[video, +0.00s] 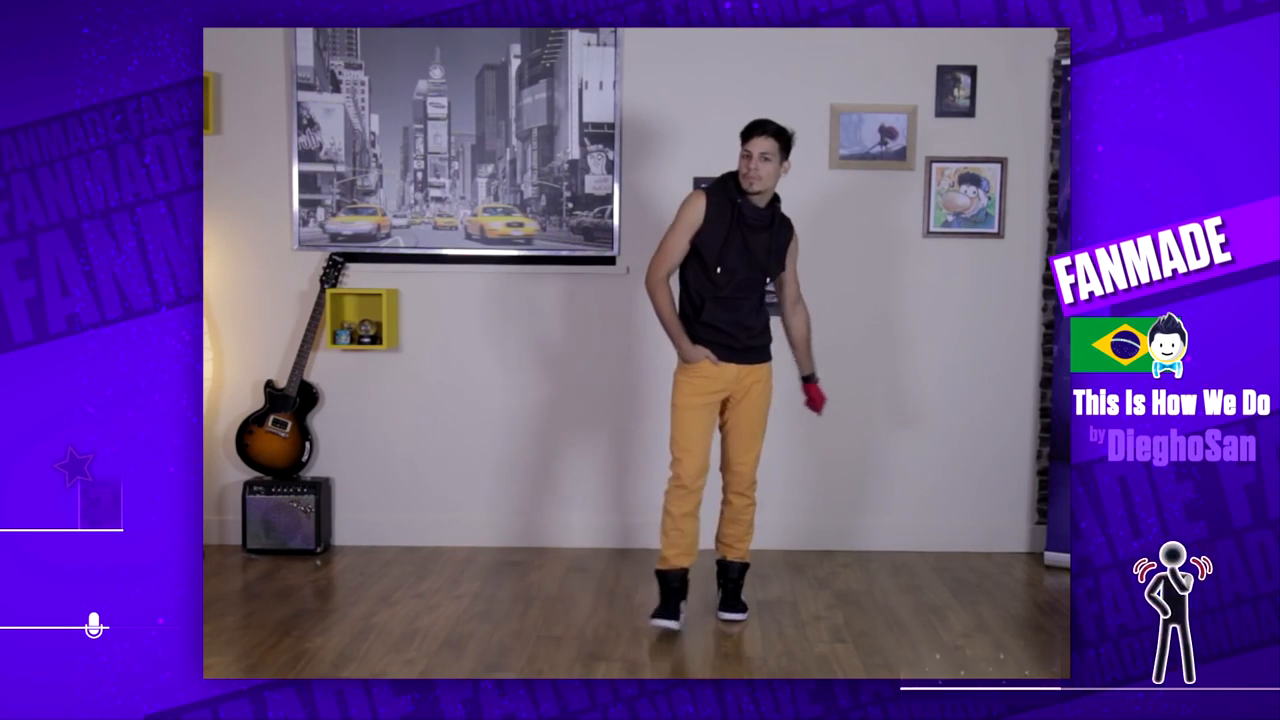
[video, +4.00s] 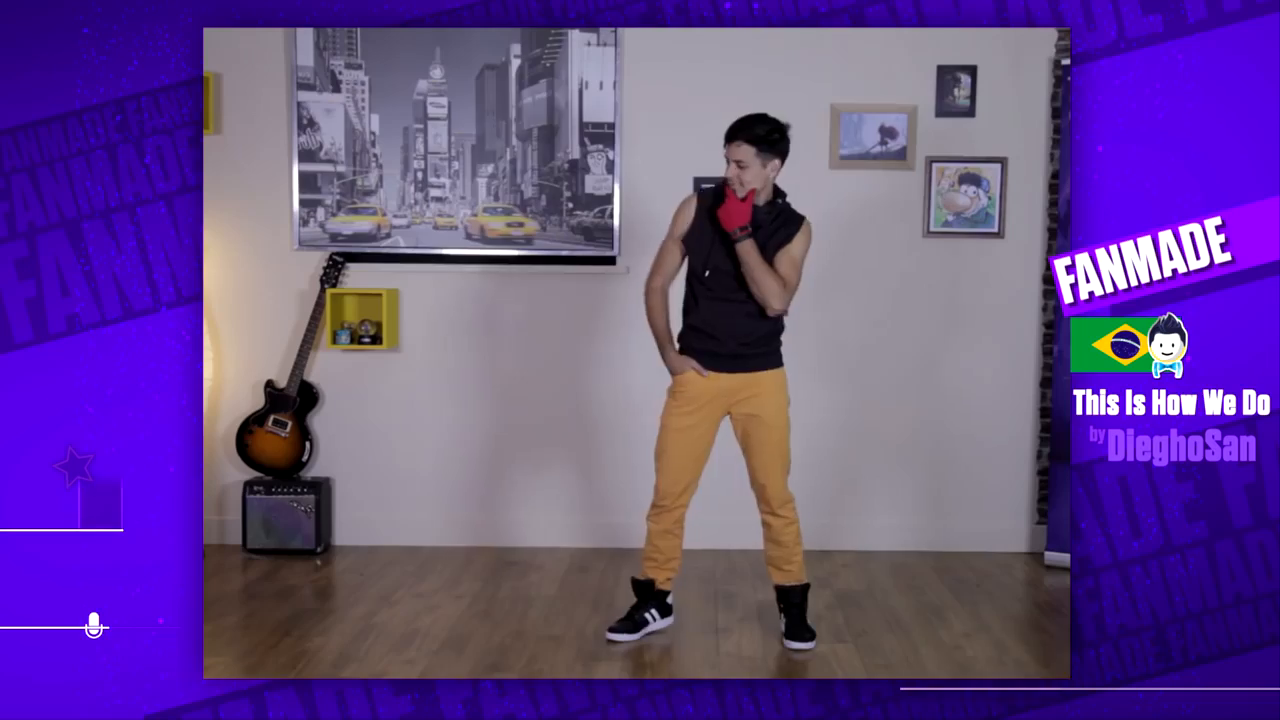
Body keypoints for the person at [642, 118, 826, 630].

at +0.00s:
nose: (752, 166)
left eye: (764, 158)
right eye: (746, 155)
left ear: (783, 168)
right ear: (737, 159)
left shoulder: (783, 231)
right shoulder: (704, 204)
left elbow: (793, 305)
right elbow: (656, 276)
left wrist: (808, 375)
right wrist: (684, 347)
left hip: (754, 371)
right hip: (700, 366)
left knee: (741, 481)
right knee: (686, 478)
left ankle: (731, 587)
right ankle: (672, 592)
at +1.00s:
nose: (769, 161)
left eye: (779, 152)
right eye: (760, 151)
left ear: (790, 157)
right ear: (741, 152)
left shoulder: (799, 215)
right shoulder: (712, 210)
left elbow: (784, 281)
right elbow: (696, 287)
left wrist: (760, 212)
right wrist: (684, 347)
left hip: (767, 384)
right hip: (704, 379)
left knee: (784, 498)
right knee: (678, 497)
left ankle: (801, 606)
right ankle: (670, 605)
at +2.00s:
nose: (665, 171)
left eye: (672, 159)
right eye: (655, 164)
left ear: (693, 155)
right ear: (648, 169)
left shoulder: (732, 210)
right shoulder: (648, 228)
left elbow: (718, 289)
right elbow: (628, 309)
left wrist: (675, 227)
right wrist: (633, 354)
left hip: (722, 377)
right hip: (660, 374)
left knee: (752, 494)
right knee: (652, 494)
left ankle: (778, 605)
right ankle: (645, 602)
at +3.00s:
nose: (698, 163)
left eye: (710, 155)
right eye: (693, 153)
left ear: (735, 162)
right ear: (687, 156)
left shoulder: (744, 225)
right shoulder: (660, 208)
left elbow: (749, 303)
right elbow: (618, 290)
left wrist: (718, 239)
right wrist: (646, 361)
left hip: (732, 379)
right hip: (670, 379)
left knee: (755, 495)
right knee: (656, 495)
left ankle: (778, 604)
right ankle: (642, 601)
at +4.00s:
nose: (734, 175)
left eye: (746, 166)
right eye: (729, 163)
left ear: (775, 166)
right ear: (725, 160)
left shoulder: (792, 227)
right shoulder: (698, 207)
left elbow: (777, 301)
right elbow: (656, 286)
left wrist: (741, 234)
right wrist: (670, 354)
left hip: (760, 381)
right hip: (696, 377)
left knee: (775, 496)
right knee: (668, 495)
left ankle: (793, 606)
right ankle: (653, 601)